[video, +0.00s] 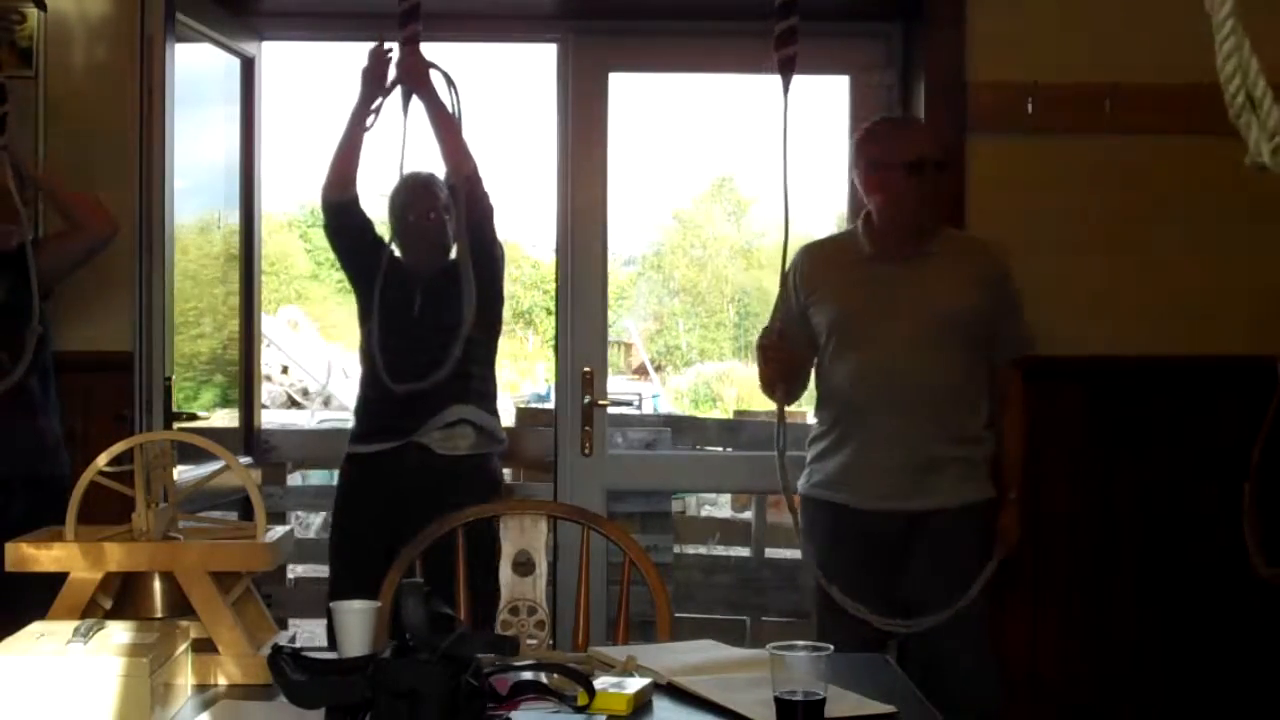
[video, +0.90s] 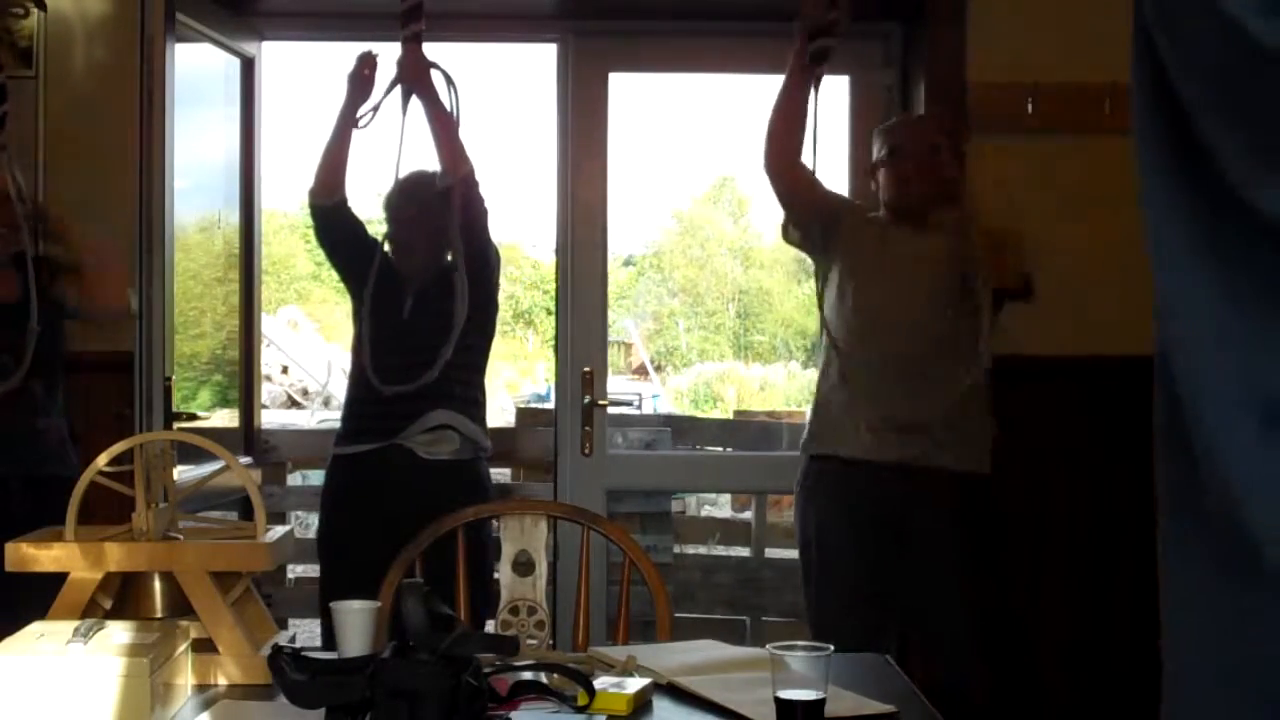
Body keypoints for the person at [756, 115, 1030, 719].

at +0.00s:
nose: (917, 180)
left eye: (924, 167)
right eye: (897, 168)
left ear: (936, 176)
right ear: (860, 179)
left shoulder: (979, 265)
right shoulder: (816, 264)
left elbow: (1010, 388)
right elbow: (784, 390)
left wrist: (1012, 499)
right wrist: (773, 361)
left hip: (954, 507)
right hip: (844, 506)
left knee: (954, 678)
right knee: (852, 676)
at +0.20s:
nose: (966, 176)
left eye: (966, 164)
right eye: (949, 165)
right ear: (894, 179)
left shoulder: (1000, 265)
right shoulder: (834, 259)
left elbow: (1031, 388)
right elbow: (763, 353)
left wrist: (1040, 496)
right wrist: (789, 280)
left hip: (970, 508)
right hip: (859, 506)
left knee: (969, 685)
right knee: (862, 681)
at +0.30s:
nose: (971, 172)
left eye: (971, 160)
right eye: (951, 160)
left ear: (977, 170)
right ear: (899, 178)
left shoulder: (1009, 262)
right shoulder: (851, 251)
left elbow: (1038, 384)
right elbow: (751, 301)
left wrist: (1053, 488)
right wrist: (797, 208)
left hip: (977, 509)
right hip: (868, 508)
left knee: (973, 686)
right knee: (864, 683)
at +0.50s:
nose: (960, 170)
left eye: (968, 158)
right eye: (942, 157)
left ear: (981, 169)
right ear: (903, 173)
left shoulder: (1016, 264)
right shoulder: (867, 245)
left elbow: (1046, 388)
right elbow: (757, 200)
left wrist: (1036, 494)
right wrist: (808, 90)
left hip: (977, 502)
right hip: (868, 502)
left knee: (977, 678)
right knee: (871, 675)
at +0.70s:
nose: (939, 167)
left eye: (953, 154)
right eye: (922, 153)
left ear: (969, 169)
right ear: (892, 170)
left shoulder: (1006, 261)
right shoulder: (857, 241)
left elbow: (1035, 388)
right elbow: (781, 159)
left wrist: (1005, 470)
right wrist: (812, 50)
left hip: (969, 505)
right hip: (861, 499)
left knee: (971, 675)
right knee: (866, 673)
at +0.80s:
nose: (929, 165)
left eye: (944, 154)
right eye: (912, 153)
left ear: (963, 169)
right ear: (884, 172)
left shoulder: (994, 259)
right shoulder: (851, 239)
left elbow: (1025, 365)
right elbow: (780, 163)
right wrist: (812, 56)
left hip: (957, 490)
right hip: (855, 486)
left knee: (961, 667)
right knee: (862, 665)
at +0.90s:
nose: (919, 170)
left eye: (934, 155)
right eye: (900, 156)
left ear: (956, 166)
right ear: (873, 176)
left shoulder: (980, 242)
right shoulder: (847, 233)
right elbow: (783, 165)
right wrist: (801, 70)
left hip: (947, 476)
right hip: (847, 470)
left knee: (952, 652)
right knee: (853, 651)